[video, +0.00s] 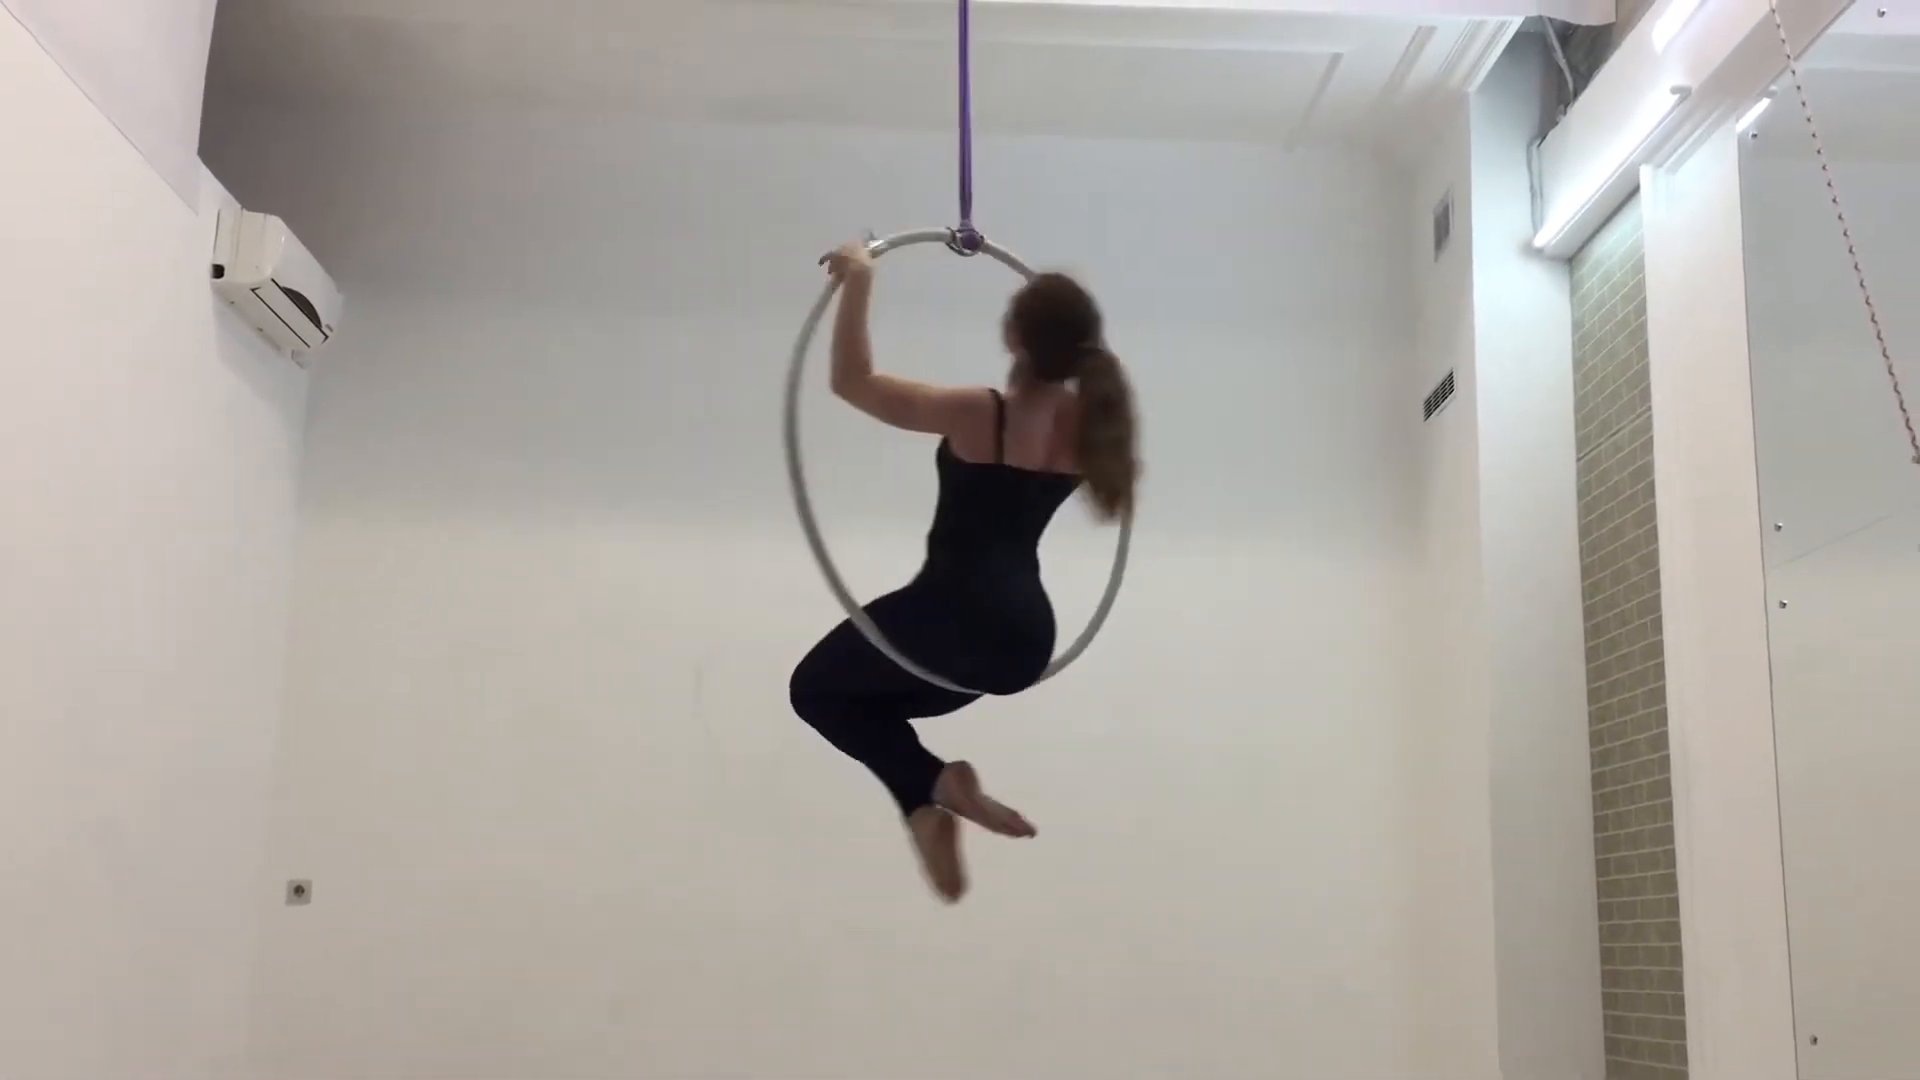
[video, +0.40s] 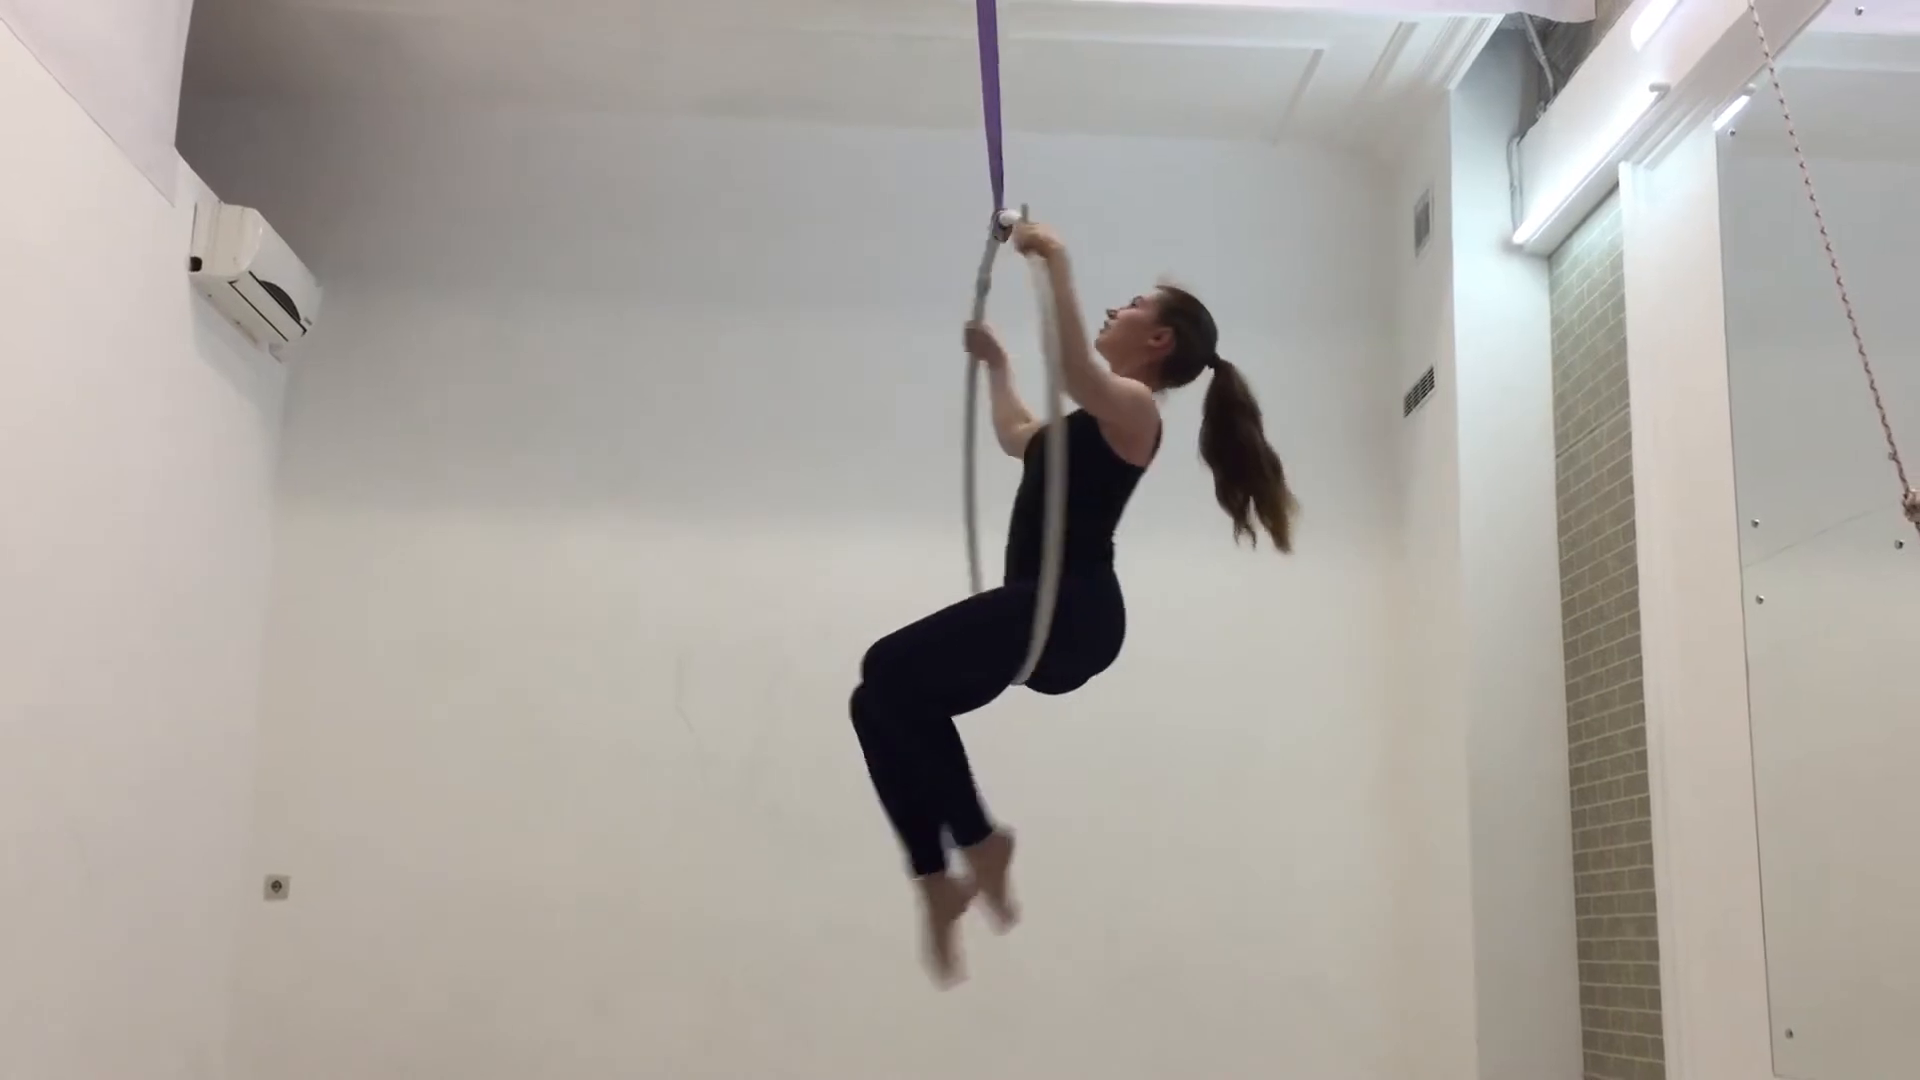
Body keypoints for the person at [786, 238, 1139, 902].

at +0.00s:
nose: (1008, 330)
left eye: (1012, 322)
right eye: (1017, 321)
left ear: (1016, 342)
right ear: (1083, 350)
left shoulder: (973, 412)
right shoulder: (1089, 427)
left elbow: (852, 382)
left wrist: (857, 280)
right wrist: (1063, 324)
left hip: (941, 616)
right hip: (1020, 633)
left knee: (816, 690)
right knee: (880, 706)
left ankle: (937, 780)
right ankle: (922, 814)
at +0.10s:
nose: (1051, 301)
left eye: (1061, 306)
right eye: (1064, 298)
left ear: (1065, 345)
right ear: (1107, 364)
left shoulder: (1012, 410)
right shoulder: (1101, 427)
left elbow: (894, 374)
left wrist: (893, 271)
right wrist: (1068, 350)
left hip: (979, 622)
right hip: (1041, 637)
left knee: (824, 688)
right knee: (876, 702)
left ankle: (967, 775)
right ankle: (961, 804)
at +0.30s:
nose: (1099, 303)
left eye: (1116, 302)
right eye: (1114, 297)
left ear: (1133, 336)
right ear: (1135, 343)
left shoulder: (1101, 408)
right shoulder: (1091, 403)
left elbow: (1020, 363)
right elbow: (1018, 368)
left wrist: (1011, 261)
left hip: (1041, 611)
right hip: (1039, 611)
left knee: (862, 677)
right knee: (870, 694)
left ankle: (1002, 790)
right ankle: (984, 828)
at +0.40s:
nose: (1116, 309)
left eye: (1134, 306)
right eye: (1127, 301)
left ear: (1157, 341)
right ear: (1148, 344)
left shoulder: (1135, 410)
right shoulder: (1089, 419)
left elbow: (1076, 367)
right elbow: (1017, 436)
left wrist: (1054, 262)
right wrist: (995, 366)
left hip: (1064, 614)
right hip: (1049, 615)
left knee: (888, 679)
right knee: (893, 689)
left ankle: (956, 860)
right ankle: (961, 855)